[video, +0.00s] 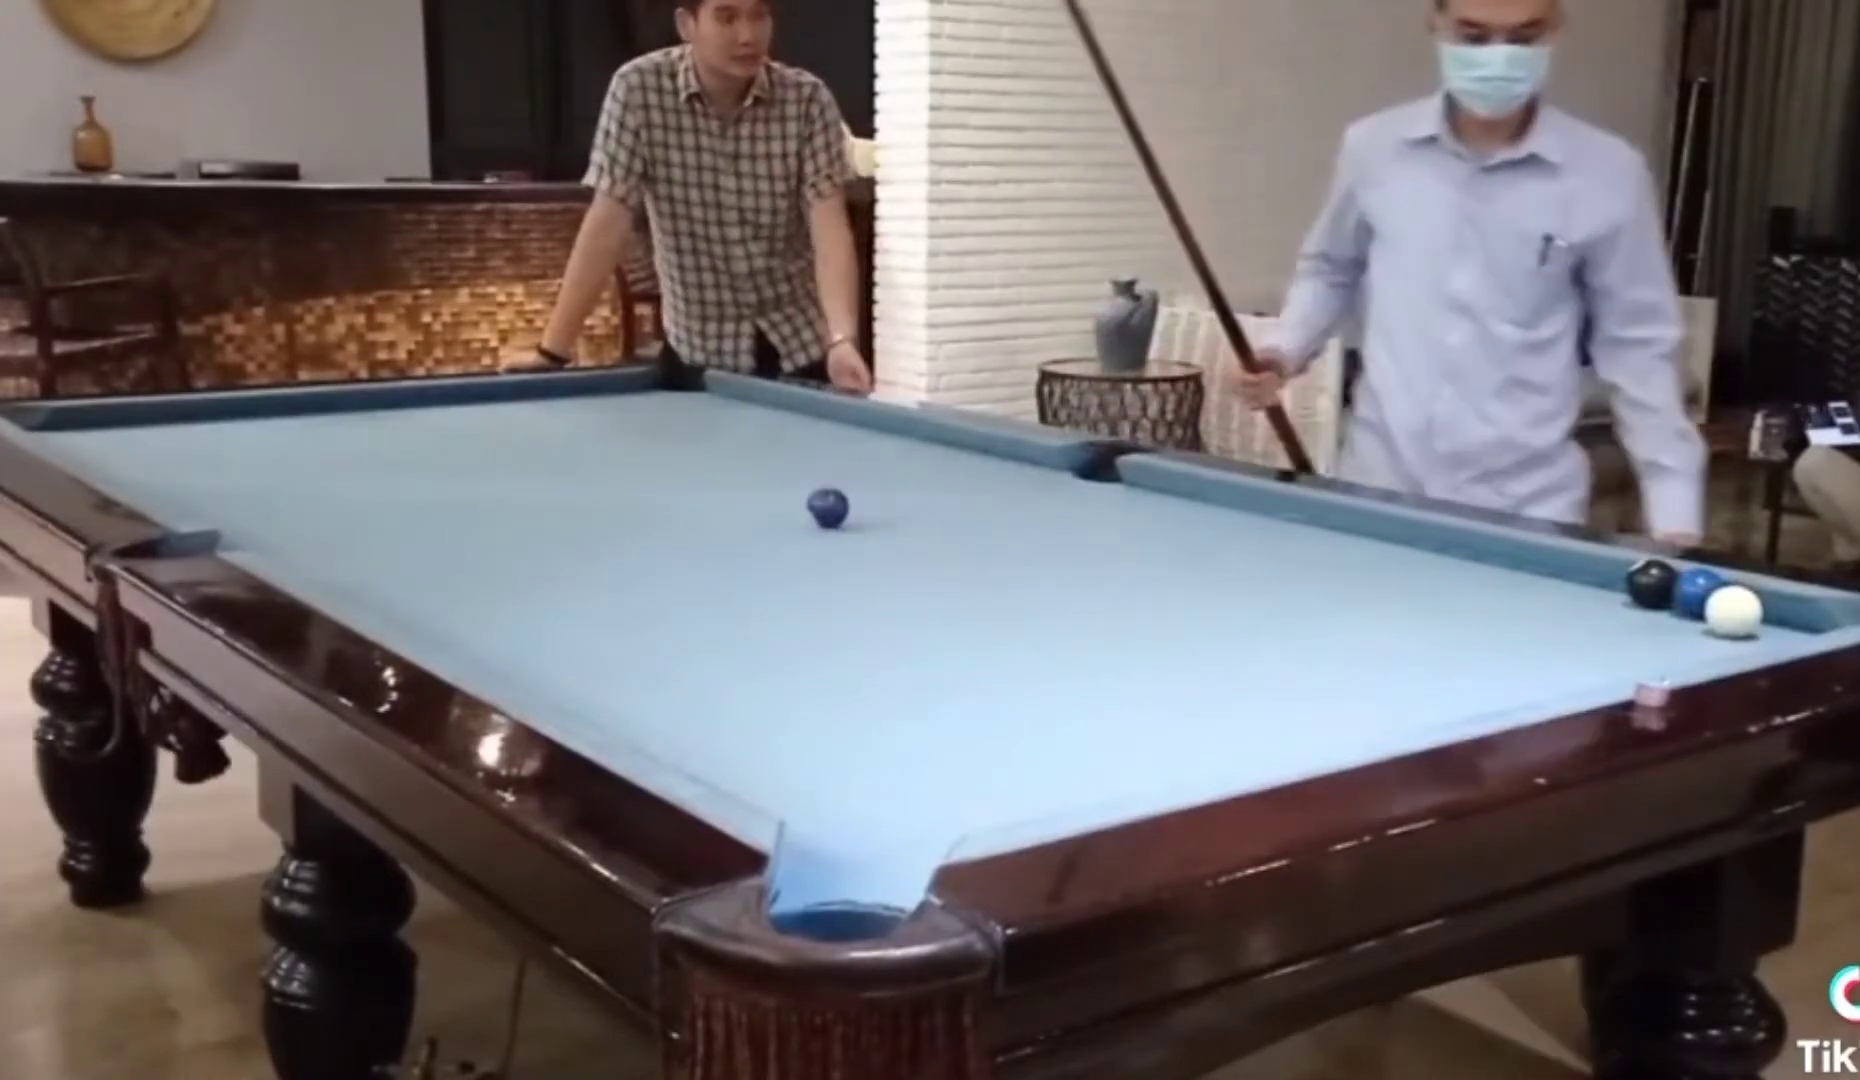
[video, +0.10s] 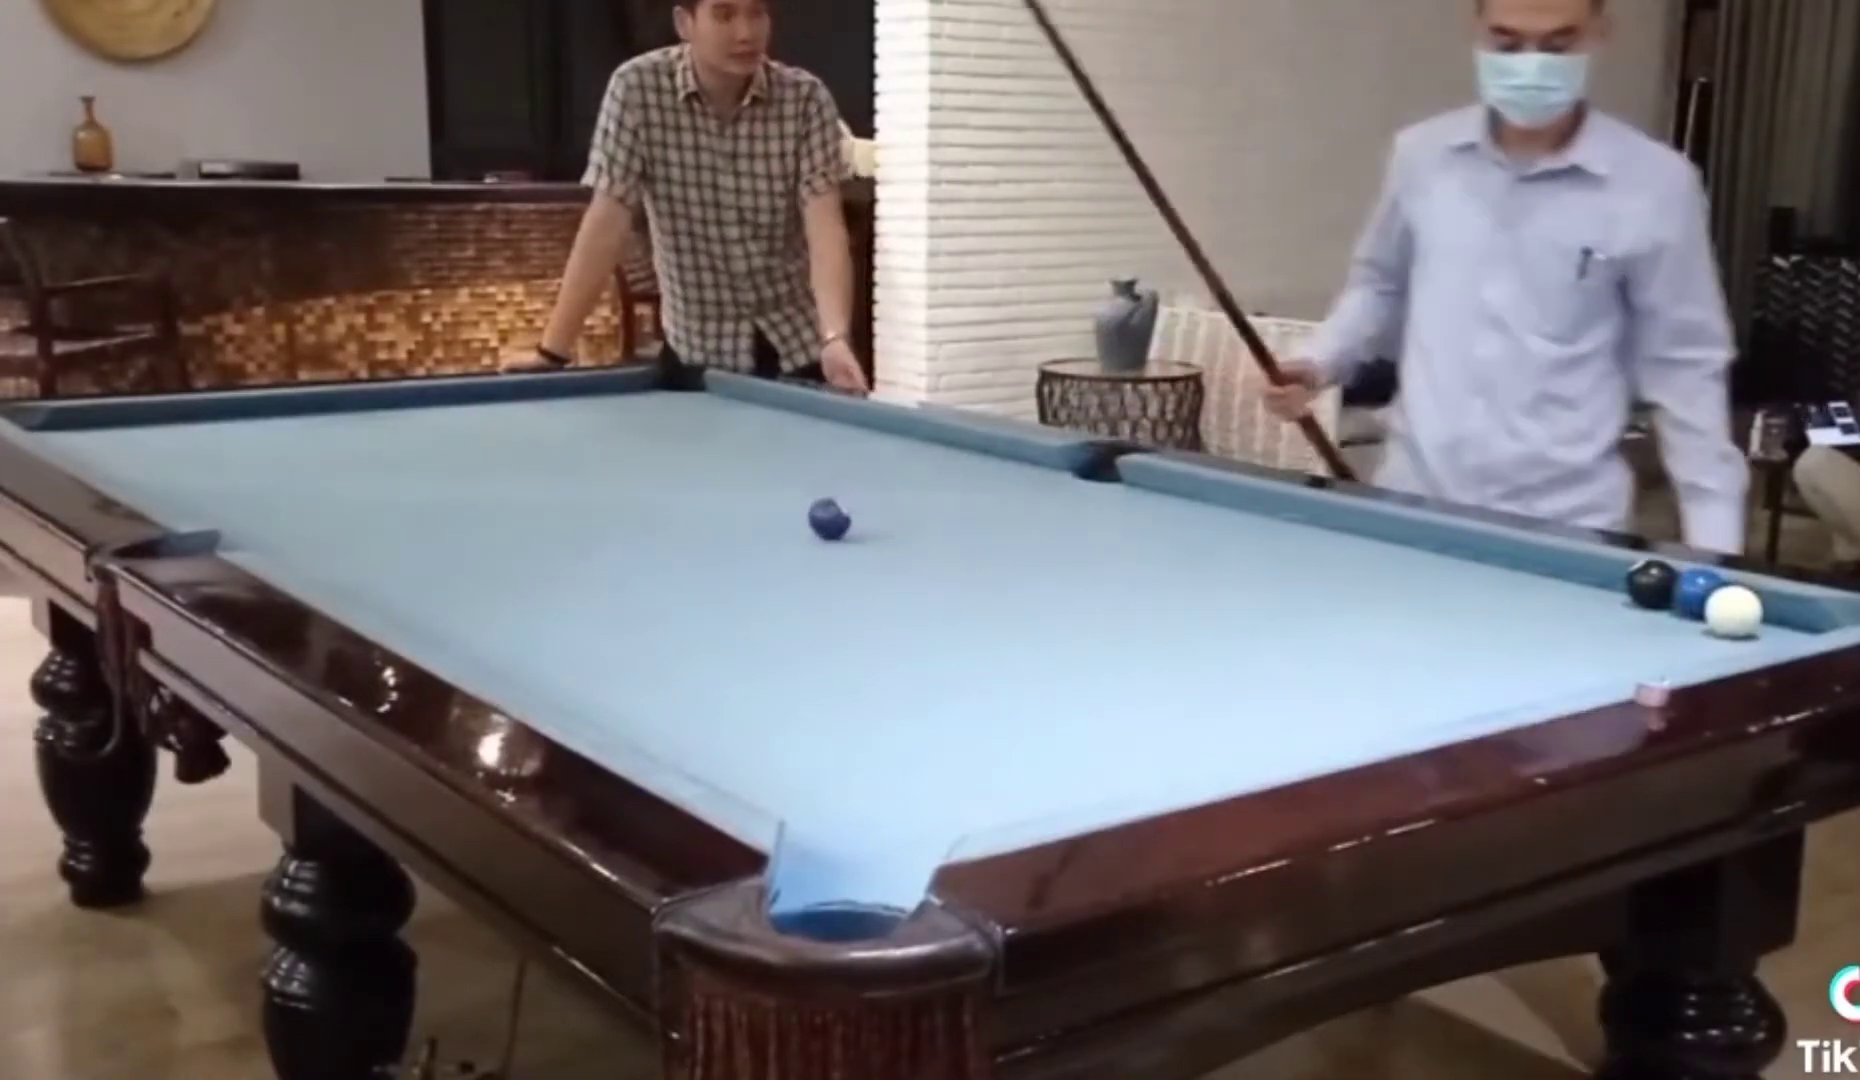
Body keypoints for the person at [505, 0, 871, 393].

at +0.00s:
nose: (747, 35)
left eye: (759, 17)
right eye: (727, 18)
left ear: (773, 23)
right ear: (686, 25)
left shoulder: (806, 98)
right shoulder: (640, 90)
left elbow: (830, 222)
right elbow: (608, 219)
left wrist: (842, 340)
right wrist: (552, 351)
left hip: (801, 336)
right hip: (700, 342)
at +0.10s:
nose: (745, 33)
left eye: (756, 15)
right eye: (725, 16)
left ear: (771, 21)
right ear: (684, 23)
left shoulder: (804, 97)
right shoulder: (638, 89)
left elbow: (826, 228)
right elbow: (607, 221)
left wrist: (835, 338)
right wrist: (552, 352)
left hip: (798, 343)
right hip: (697, 346)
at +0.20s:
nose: (741, 32)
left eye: (751, 13)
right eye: (720, 15)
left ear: (767, 19)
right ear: (680, 23)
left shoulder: (802, 96)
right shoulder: (636, 88)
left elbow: (824, 225)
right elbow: (607, 219)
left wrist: (835, 339)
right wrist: (552, 351)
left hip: (798, 338)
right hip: (698, 342)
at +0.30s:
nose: (736, 33)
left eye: (748, 14)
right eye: (715, 15)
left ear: (763, 19)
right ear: (676, 24)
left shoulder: (800, 96)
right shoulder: (634, 88)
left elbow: (822, 224)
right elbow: (607, 215)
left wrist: (833, 340)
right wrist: (553, 351)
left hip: (796, 335)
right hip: (698, 339)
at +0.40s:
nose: (733, 33)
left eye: (745, 13)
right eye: (712, 15)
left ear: (760, 18)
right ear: (673, 24)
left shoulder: (799, 96)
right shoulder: (632, 87)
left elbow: (819, 222)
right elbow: (606, 214)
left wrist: (831, 341)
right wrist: (552, 351)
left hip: (794, 337)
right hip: (696, 340)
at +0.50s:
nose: (728, 32)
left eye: (740, 12)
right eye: (707, 14)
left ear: (756, 18)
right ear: (669, 22)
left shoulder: (796, 96)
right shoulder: (630, 87)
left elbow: (817, 220)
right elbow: (606, 213)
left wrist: (831, 345)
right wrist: (552, 351)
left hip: (794, 339)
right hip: (694, 341)